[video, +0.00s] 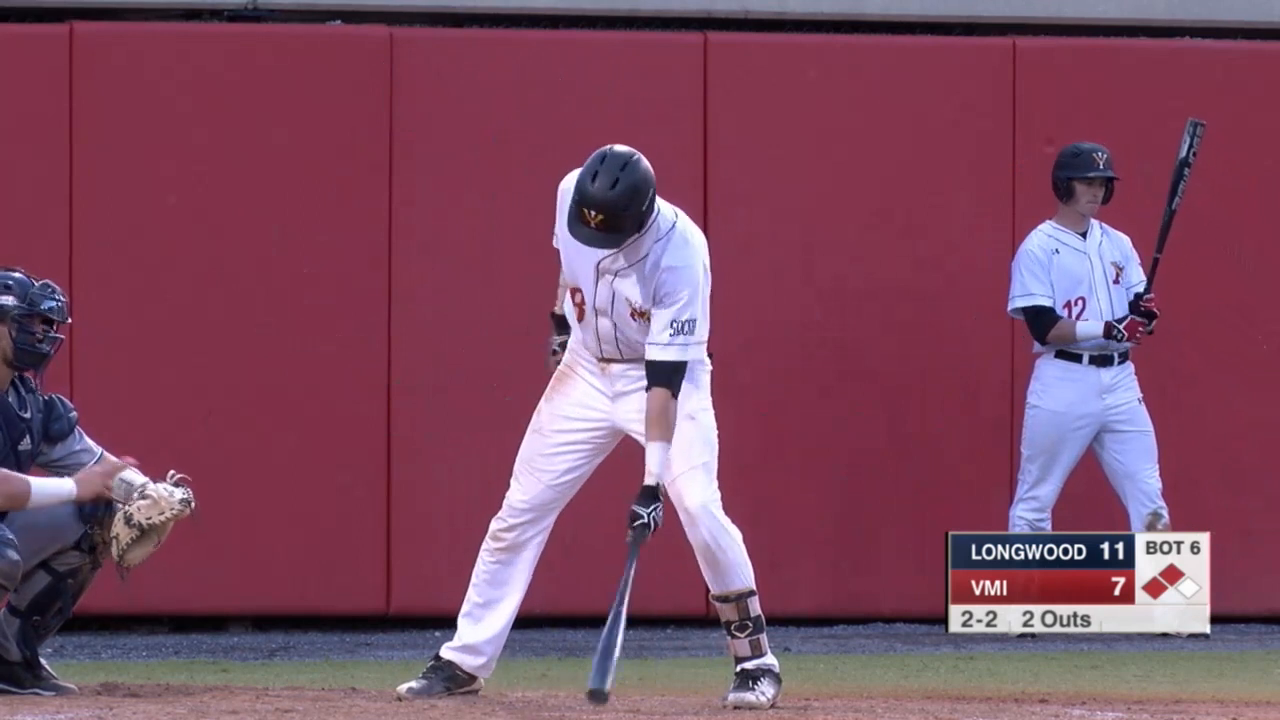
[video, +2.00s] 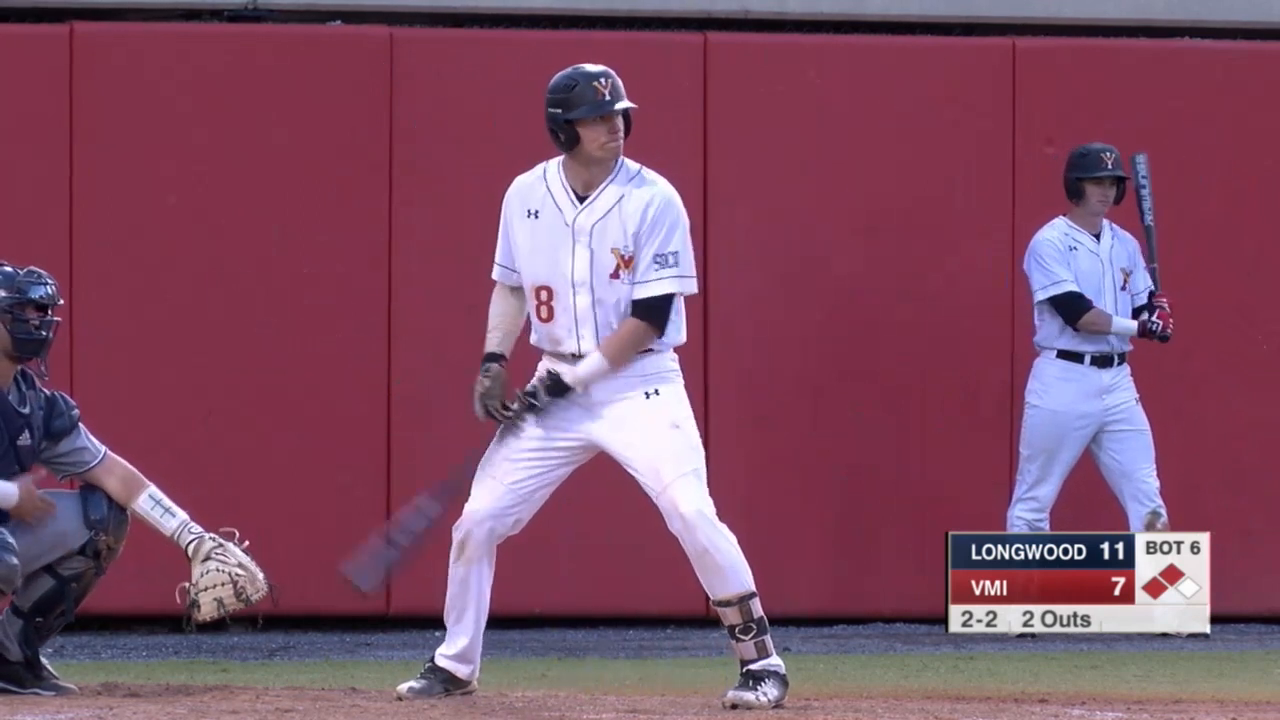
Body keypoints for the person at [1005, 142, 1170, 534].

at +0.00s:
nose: (1097, 191)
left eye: (1103, 183)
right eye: (1088, 182)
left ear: (1108, 188)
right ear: (1064, 185)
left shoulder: (1119, 244)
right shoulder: (1037, 248)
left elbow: (1138, 308)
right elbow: (1045, 328)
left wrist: (1143, 316)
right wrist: (1110, 330)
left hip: (1120, 384)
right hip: (1062, 384)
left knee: (1150, 505)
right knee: (1034, 505)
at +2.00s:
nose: (1107, 192)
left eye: (1113, 184)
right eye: (1098, 183)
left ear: (1119, 189)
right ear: (1076, 185)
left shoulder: (1125, 244)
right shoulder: (1048, 242)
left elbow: (1142, 306)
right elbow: (1078, 315)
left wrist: (1155, 312)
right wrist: (1139, 327)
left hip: (1117, 384)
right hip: (1062, 382)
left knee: (1148, 504)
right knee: (1033, 504)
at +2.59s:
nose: (1178, 198)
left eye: (1183, 190)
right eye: (1169, 189)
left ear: (1188, 196)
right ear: (1145, 191)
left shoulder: (1174, 252)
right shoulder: (1117, 245)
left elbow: (1179, 324)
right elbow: (1142, 330)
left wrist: (1210, 347)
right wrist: (1194, 359)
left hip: (1147, 387)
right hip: (1098, 382)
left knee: (1169, 504)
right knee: (1070, 504)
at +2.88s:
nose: (1204, 206)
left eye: (1208, 198)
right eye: (1195, 197)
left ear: (1213, 203)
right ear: (1170, 199)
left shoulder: (1195, 255)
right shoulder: (1139, 254)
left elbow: (1186, 324)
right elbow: (1134, 340)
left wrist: (1216, 363)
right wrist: (1170, 398)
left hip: (1152, 389)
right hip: (1105, 379)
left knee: (1173, 501)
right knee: (1077, 487)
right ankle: (1019, 566)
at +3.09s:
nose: (1190, 212)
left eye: (1195, 204)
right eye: (1181, 202)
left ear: (1200, 209)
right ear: (1155, 205)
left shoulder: (1187, 261)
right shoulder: (1119, 262)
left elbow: (1183, 327)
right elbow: (1103, 346)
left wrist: (1202, 365)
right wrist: (1118, 413)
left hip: (1144, 391)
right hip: (1092, 386)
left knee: (1169, 499)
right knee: (1054, 489)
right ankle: (1003, 575)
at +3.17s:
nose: (1175, 215)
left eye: (1179, 207)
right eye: (1165, 207)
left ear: (1183, 212)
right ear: (1140, 210)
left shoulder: (1174, 264)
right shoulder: (1102, 266)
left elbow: (1172, 330)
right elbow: (1078, 348)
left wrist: (1189, 369)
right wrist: (1080, 408)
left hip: (1135, 398)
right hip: (1081, 391)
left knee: (1165, 505)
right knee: (1047, 496)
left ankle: (1171, 609)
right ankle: (992, 591)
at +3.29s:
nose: (1147, 218)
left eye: (1153, 210)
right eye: (1138, 210)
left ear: (1158, 216)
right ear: (1114, 213)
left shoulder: (1154, 266)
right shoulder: (1074, 268)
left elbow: (1156, 329)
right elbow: (1043, 339)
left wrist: (1167, 369)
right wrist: (1024, 394)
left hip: (1118, 401)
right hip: (1062, 395)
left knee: (1151, 505)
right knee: (1038, 497)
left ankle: (1165, 606)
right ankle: (991, 594)